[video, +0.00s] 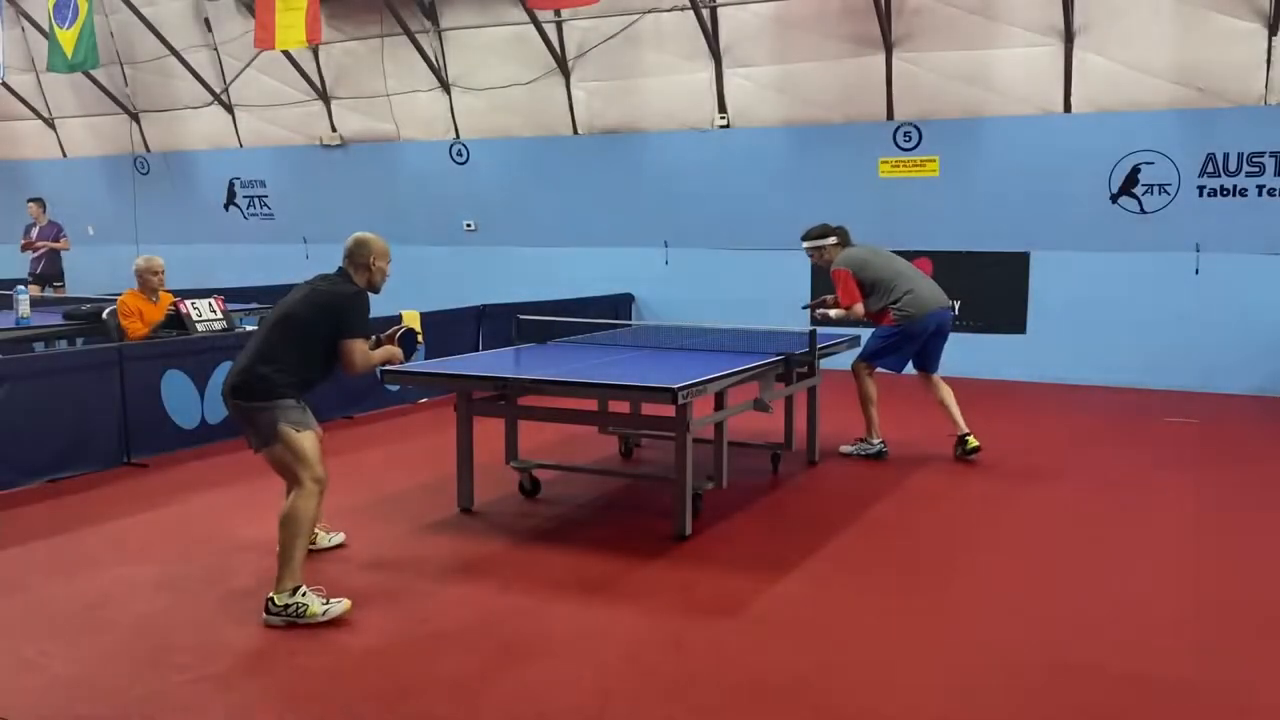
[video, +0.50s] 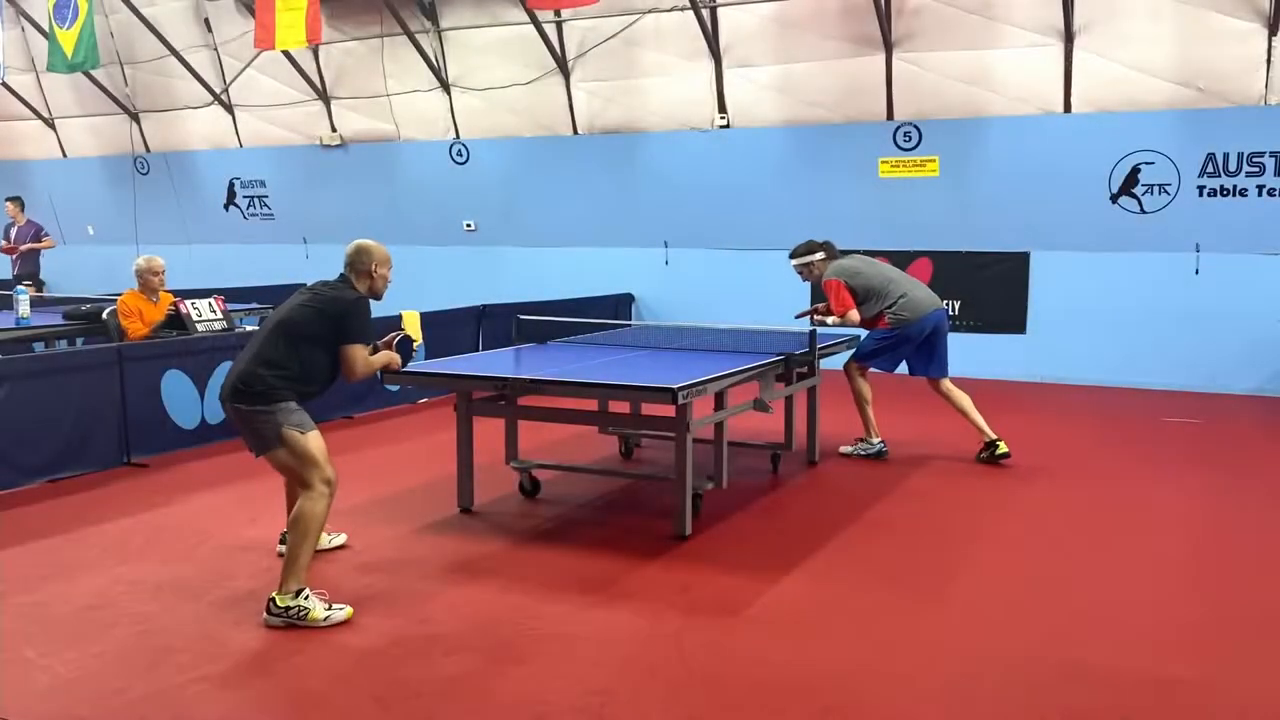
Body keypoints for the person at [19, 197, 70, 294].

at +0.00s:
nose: (29, 211)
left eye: (31, 207)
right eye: (28, 208)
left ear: (41, 209)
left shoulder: (56, 227)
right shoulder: (29, 228)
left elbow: (66, 245)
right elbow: (23, 246)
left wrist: (45, 244)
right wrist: (27, 245)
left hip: (54, 272)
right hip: (35, 272)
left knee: (61, 304)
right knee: (33, 304)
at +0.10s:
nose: (24, 209)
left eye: (27, 206)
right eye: (24, 207)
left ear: (36, 207)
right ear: (24, 208)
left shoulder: (52, 225)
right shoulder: (24, 226)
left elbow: (61, 244)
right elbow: (20, 242)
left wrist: (40, 243)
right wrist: (22, 245)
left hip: (49, 271)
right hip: (31, 271)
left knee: (57, 303)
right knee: (32, 304)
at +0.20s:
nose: (19, 208)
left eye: (22, 205)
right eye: (19, 206)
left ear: (31, 207)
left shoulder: (46, 225)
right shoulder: (19, 226)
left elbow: (59, 243)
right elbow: (14, 244)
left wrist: (37, 244)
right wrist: (16, 245)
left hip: (44, 272)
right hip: (28, 272)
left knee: (48, 304)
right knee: (32, 305)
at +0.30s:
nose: (14, 208)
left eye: (17, 205)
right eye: (14, 205)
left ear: (26, 206)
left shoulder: (43, 225)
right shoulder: (16, 226)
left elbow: (56, 243)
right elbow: (12, 244)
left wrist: (35, 245)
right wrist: (14, 245)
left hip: (39, 270)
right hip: (24, 270)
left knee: (39, 301)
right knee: (26, 302)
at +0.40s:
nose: (10, 209)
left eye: (12, 206)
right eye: (9, 206)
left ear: (22, 207)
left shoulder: (39, 226)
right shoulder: (12, 226)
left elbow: (53, 242)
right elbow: (9, 244)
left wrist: (32, 245)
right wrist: (10, 246)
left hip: (34, 270)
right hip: (20, 270)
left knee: (32, 302)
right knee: (23, 302)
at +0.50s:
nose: (6, 210)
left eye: (8, 207)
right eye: (6, 207)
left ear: (18, 208)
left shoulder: (34, 227)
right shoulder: (8, 227)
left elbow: (51, 243)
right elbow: (4, 243)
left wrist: (29, 246)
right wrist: (6, 246)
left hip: (31, 273)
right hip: (16, 273)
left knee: (31, 304)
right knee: (18, 304)